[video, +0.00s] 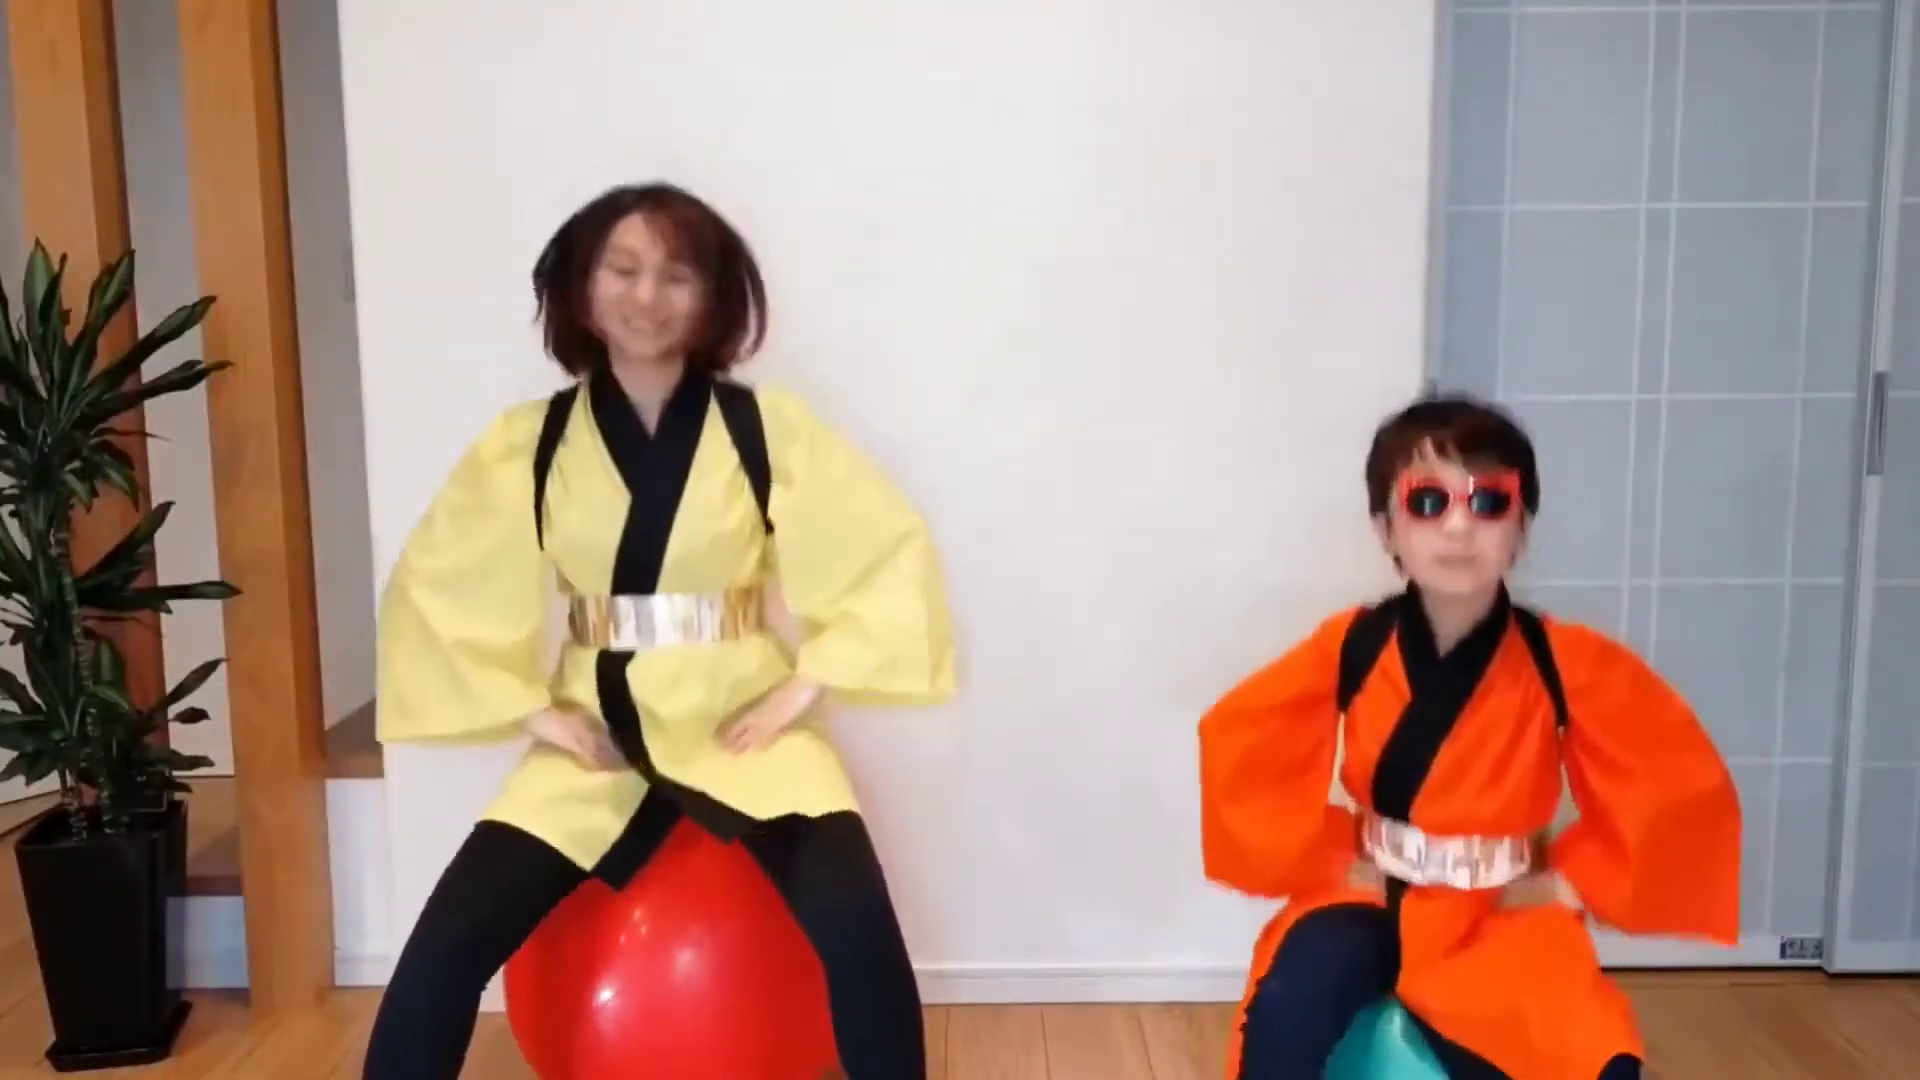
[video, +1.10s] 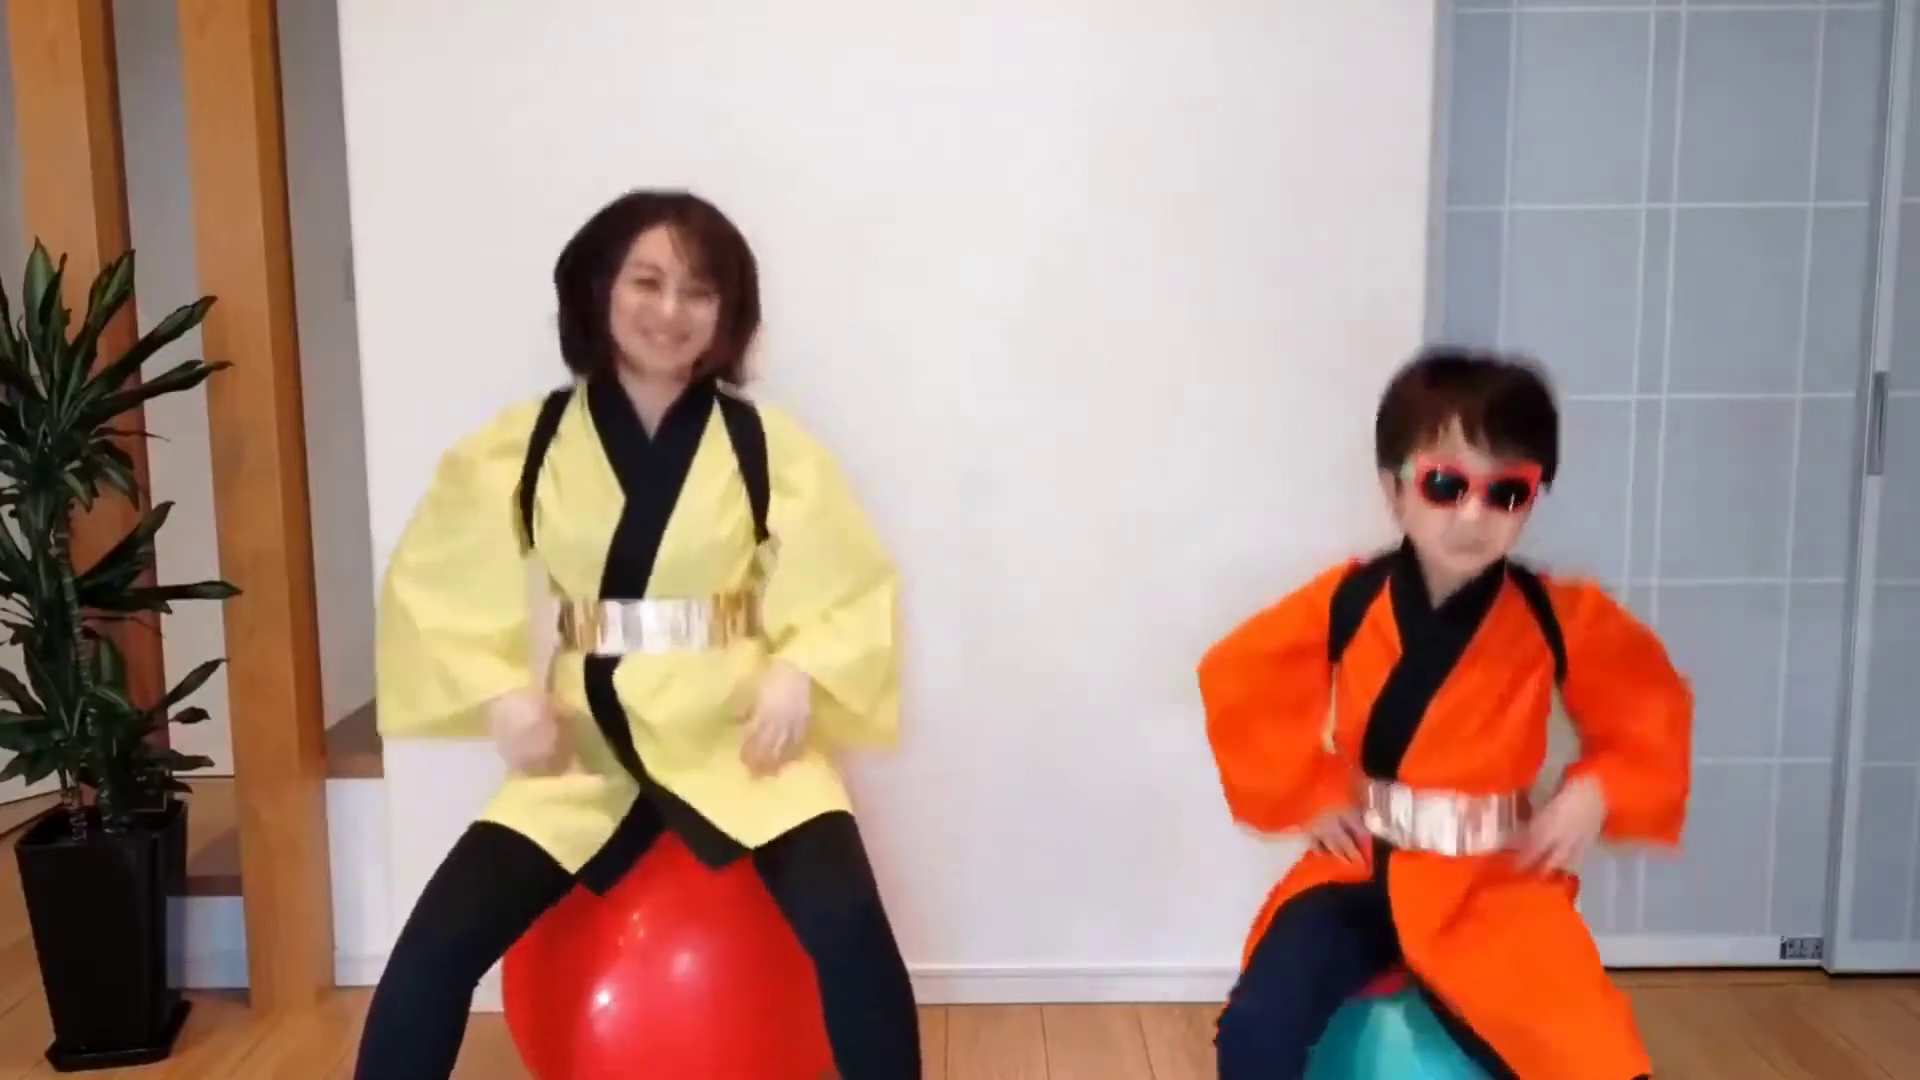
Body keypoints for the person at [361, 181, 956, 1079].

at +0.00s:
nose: (646, 295)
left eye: (677, 275)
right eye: (621, 270)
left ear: (713, 301)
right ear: (580, 291)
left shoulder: (765, 429)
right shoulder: (529, 442)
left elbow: (892, 556)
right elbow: (429, 591)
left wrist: (809, 682)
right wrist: (534, 708)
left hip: (754, 732)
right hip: (590, 744)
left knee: (860, 925)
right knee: (443, 947)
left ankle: (890, 1076)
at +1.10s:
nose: (670, 312)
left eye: (698, 292)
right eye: (646, 282)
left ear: (727, 314)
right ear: (600, 295)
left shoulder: (767, 446)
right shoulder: (521, 445)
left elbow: (851, 591)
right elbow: (435, 584)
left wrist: (801, 671)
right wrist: (500, 696)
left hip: (746, 747)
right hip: (583, 754)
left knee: (853, 932)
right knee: (433, 950)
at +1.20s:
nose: (675, 383)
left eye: (702, 362)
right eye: (650, 358)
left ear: (728, 386)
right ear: (603, 375)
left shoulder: (765, 524)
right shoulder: (540, 521)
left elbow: (808, 643)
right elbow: (456, 644)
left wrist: (836, 698)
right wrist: (390, 738)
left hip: (742, 805)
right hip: (591, 814)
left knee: (844, 905)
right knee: (434, 941)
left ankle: (885, 1073)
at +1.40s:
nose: (690, 362)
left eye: (715, 343)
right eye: (665, 337)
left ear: (743, 367)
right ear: (624, 352)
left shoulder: (772, 503)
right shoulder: (556, 484)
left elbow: (871, 676)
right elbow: (431, 603)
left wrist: (816, 585)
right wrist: (363, 563)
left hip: (733, 799)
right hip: (582, 804)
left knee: (844, 928)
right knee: (427, 944)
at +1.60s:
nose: (730, 312)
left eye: (760, 292)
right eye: (707, 282)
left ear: (793, 319)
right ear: (662, 294)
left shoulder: (801, 462)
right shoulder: (578, 411)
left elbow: (833, 601)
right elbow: (471, 501)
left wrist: (832, 674)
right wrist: (476, 580)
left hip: (733, 733)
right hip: (577, 735)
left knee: (849, 882)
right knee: (408, 933)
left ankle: (917, 1072)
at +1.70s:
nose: (737, 367)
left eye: (766, 348)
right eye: (716, 339)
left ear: (799, 375)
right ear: (675, 356)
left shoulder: (805, 531)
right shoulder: (588, 484)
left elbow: (824, 694)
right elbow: (491, 623)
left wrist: (875, 827)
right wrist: (498, 747)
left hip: (735, 787)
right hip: (577, 782)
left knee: (857, 935)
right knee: (394, 940)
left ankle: (915, 1073)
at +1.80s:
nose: (720, 419)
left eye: (748, 400)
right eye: (695, 397)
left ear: (780, 428)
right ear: (657, 417)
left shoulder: (797, 588)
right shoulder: (588, 547)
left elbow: (867, 728)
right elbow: (509, 666)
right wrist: (493, 742)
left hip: (734, 846)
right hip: (578, 842)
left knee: (854, 921)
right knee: (401, 940)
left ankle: (910, 1077)